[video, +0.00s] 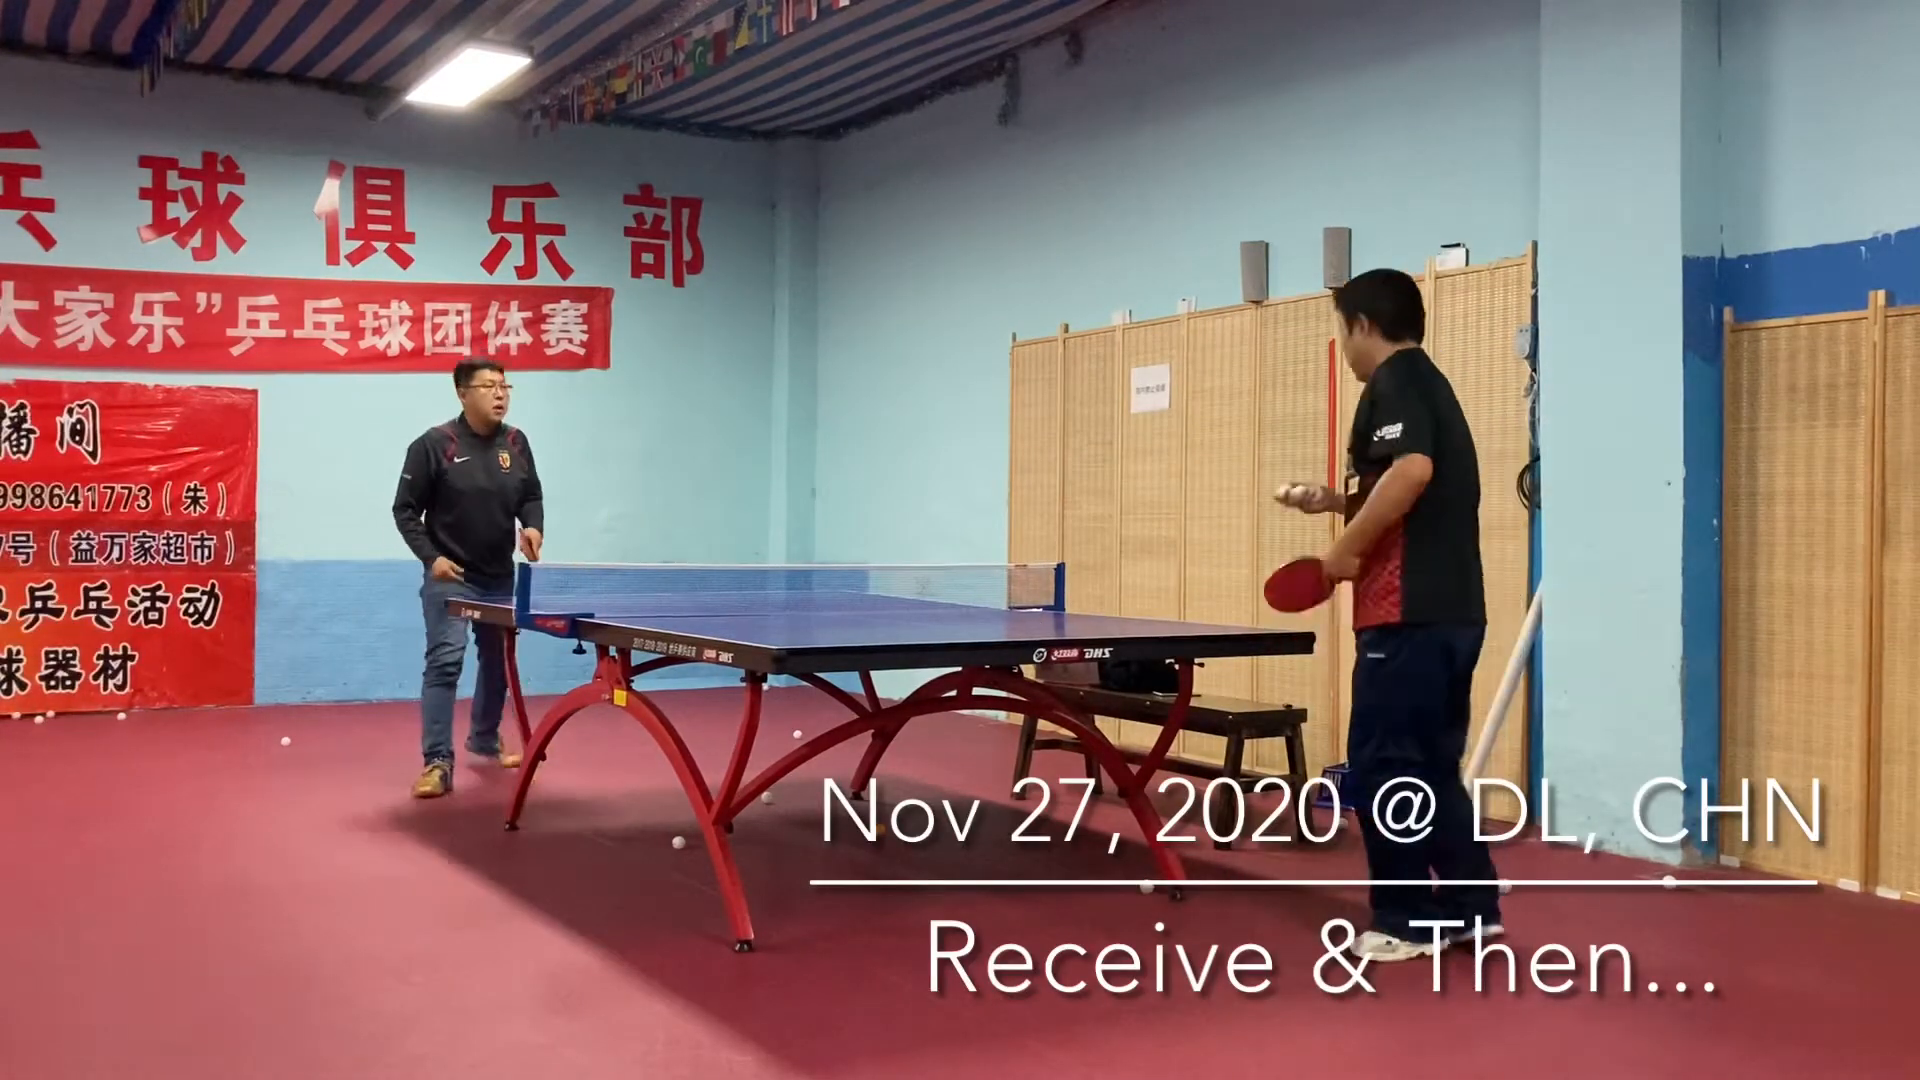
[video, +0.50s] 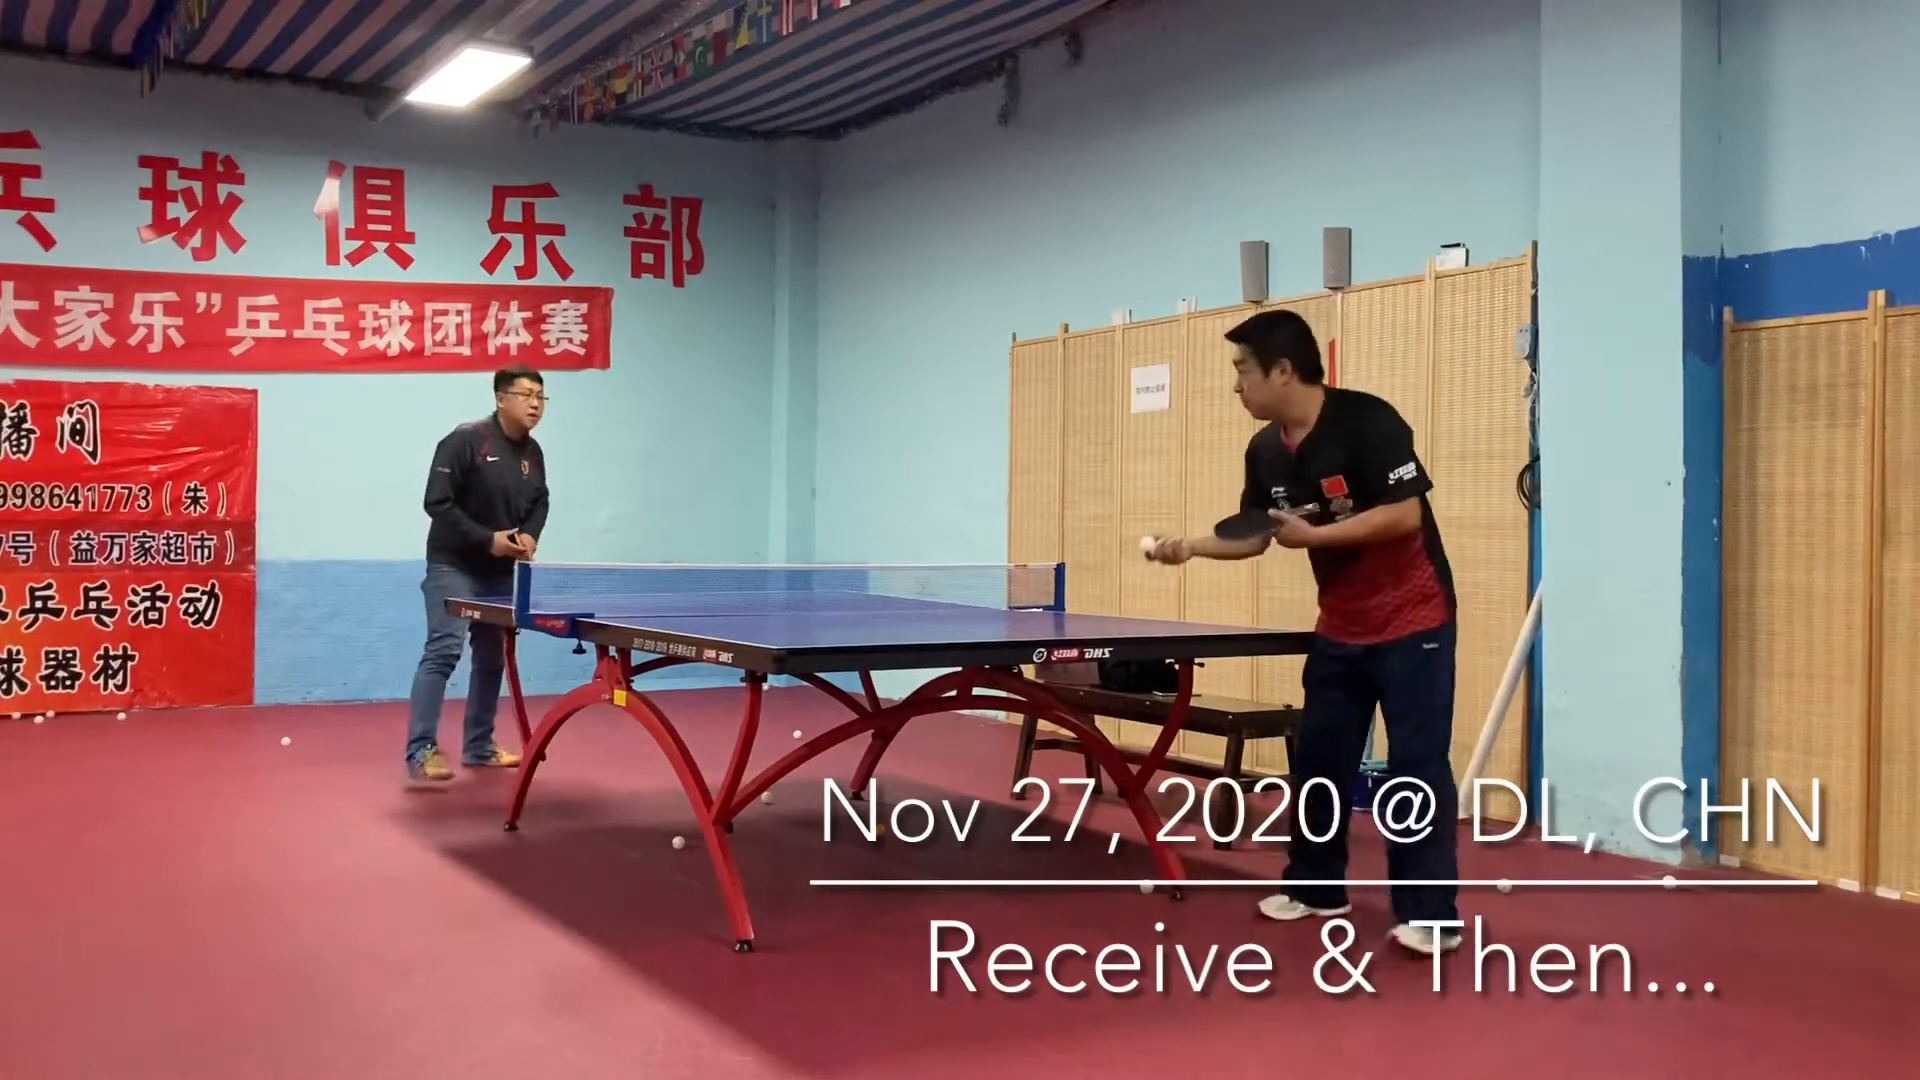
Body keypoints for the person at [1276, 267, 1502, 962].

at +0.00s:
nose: (1343, 347)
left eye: (1344, 332)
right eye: (1342, 333)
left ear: (1365, 326)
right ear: (1405, 325)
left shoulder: (1395, 381)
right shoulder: (1426, 383)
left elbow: (1413, 469)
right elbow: (1410, 494)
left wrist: (1348, 546)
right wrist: (1334, 499)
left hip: (1408, 617)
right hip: (1443, 613)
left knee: (1385, 770)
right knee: (1431, 765)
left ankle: (1411, 922)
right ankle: (1470, 908)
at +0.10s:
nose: (1328, 348)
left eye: (1329, 333)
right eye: (1328, 334)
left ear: (1353, 328)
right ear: (1377, 327)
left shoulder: (1399, 382)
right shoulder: (1378, 394)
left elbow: (1419, 474)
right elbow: (1377, 501)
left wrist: (1345, 539)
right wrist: (1304, 504)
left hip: (1412, 617)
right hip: (1385, 616)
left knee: (1387, 759)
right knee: (1363, 743)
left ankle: (1412, 918)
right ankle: (1441, 873)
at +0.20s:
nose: (1308, 350)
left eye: (1310, 334)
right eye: (1306, 336)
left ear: (1337, 329)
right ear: (1350, 330)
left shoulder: (1396, 384)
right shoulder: (1355, 400)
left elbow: (1426, 477)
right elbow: (1354, 502)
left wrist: (1341, 528)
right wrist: (1279, 502)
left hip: (1414, 623)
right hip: (1368, 622)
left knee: (1393, 763)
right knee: (1340, 744)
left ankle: (1413, 923)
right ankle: (1378, 894)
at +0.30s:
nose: (1285, 359)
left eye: (1288, 344)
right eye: (1283, 345)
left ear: (1320, 337)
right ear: (1326, 340)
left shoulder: (1394, 393)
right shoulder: (1323, 415)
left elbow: (1425, 485)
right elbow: (1326, 505)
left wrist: (1336, 520)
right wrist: (1248, 505)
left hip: (1419, 621)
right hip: (1360, 623)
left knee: (1401, 775)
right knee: (1333, 765)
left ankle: (1414, 922)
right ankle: (1323, 891)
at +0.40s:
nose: (1259, 372)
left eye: (1265, 358)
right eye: (1258, 359)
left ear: (1301, 353)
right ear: (1297, 355)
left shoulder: (1382, 406)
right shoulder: (1289, 431)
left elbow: (1419, 499)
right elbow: (1285, 520)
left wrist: (1324, 523)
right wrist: (1213, 519)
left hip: (1414, 618)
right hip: (1348, 620)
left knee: (1403, 772)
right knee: (1329, 760)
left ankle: (1413, 921)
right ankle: (1314, 888)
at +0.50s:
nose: (1235, 385)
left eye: (1243, 371)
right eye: (1235, 371)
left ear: (1283, 372)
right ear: (1277, 373)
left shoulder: (1369, 418)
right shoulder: (1268, 449)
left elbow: (1404, 514)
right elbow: (1253, 530)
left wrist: (1316, 534)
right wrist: (1192, 544)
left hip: (1414, 621)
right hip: (1341, 625)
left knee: (1417, 766)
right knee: (1319, 754)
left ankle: (1429, 911)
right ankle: (1316, 888)